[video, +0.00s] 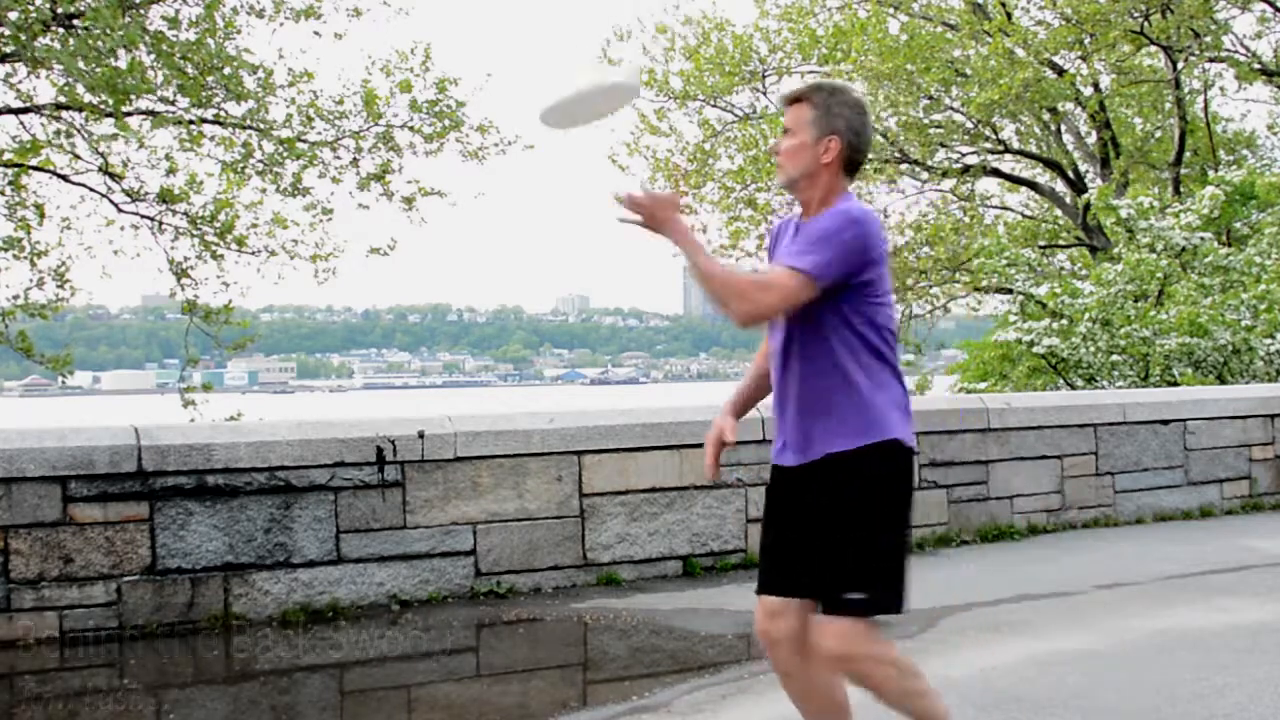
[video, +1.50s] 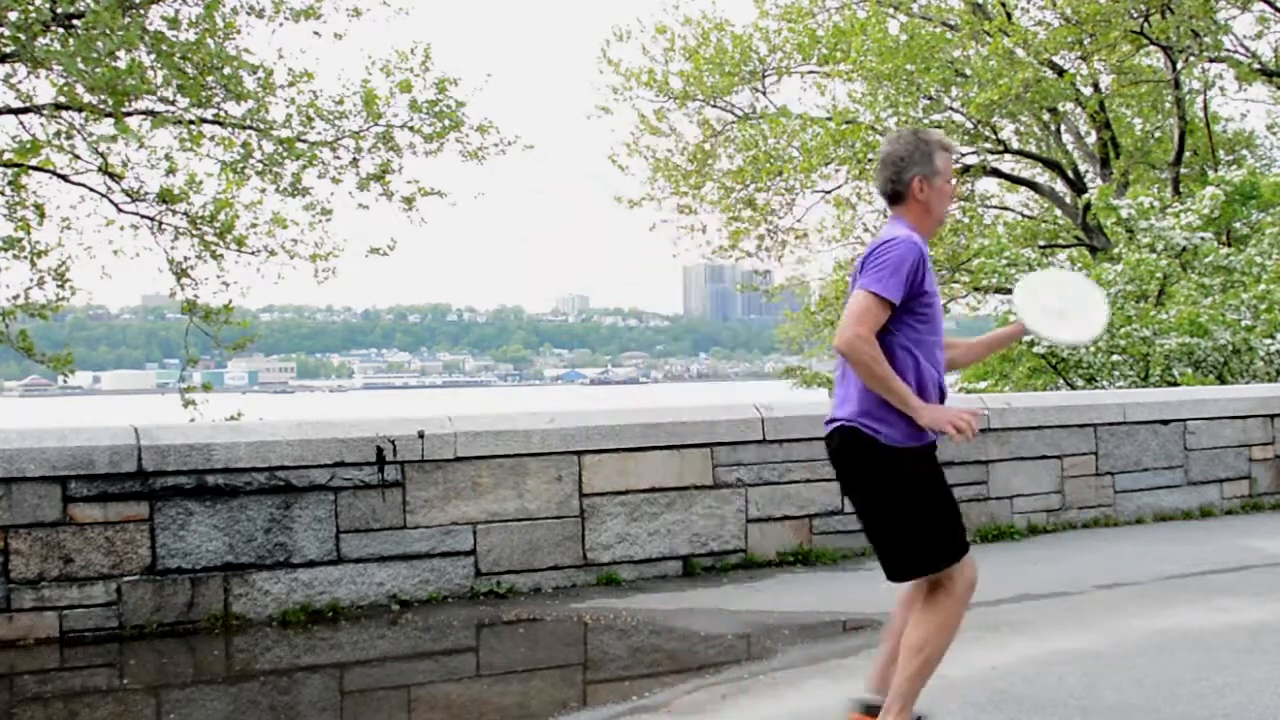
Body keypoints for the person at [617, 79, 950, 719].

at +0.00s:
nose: (775, 145)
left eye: (788, 133)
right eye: (779, 132)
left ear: (830, 148)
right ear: (820, 149)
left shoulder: (853, 223)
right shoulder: (785, 231)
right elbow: (783, 344)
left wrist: (680, 234)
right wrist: (733, 409)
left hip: (864, 448)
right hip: (799, 452)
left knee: (842, 640)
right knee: (778, 626)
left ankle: (938, 711)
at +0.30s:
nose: (669, 158)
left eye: (671, 142)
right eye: (667, 143)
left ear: (702, 137)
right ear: (723, 138)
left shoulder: (710, 226)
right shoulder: (796, 208)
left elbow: (677, 360)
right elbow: (837, 311)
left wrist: (564, 372)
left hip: (766, 434)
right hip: (833, 427)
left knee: (711, 608)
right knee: (761, 595)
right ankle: (819, 713)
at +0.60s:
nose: (649, 196)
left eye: (646, 187)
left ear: (647, 190)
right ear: (711, 178)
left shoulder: (634, 264)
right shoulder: (779, 216)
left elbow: (657, 388)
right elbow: (850, 305)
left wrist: (667, 465)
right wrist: (892, 411)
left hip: (704, 445)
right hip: (798, 427)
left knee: (690, 613)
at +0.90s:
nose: (763, 162)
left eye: (758, 152)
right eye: (761, 152)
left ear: (694, 164)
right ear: (749, 157)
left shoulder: (661, 236)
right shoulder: (791, 213)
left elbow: (658, 348)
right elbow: (811, 292)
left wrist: (685, 414)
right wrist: (807, 407)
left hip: (686, 432)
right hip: (769, 413)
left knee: (691, 610)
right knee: (777, 451)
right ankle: (756, 575)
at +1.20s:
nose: (841, 174)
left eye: (836, 164)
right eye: (837, 165)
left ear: (780, 182)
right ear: (822, 173)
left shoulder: (763, 246)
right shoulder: (851, 230)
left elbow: (816, 326)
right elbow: (863, 321)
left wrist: (900, 287)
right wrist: (893, 418)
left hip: (751, 440)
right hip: (829, 438)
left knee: (733, 591)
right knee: (885, 578)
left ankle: (691, 715)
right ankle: (882, 712)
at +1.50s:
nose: (956, 189)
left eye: (955, 177)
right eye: (949, 177)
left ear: (913, 187)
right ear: (919, 185)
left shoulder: (906, 251)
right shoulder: (901, 249)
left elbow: (936, 357)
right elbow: (852, 339)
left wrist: (1016, 330)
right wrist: (923, 409)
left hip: (877, 437)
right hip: (881, 438)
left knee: (928, 576)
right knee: (956, 578)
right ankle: (895, 712)